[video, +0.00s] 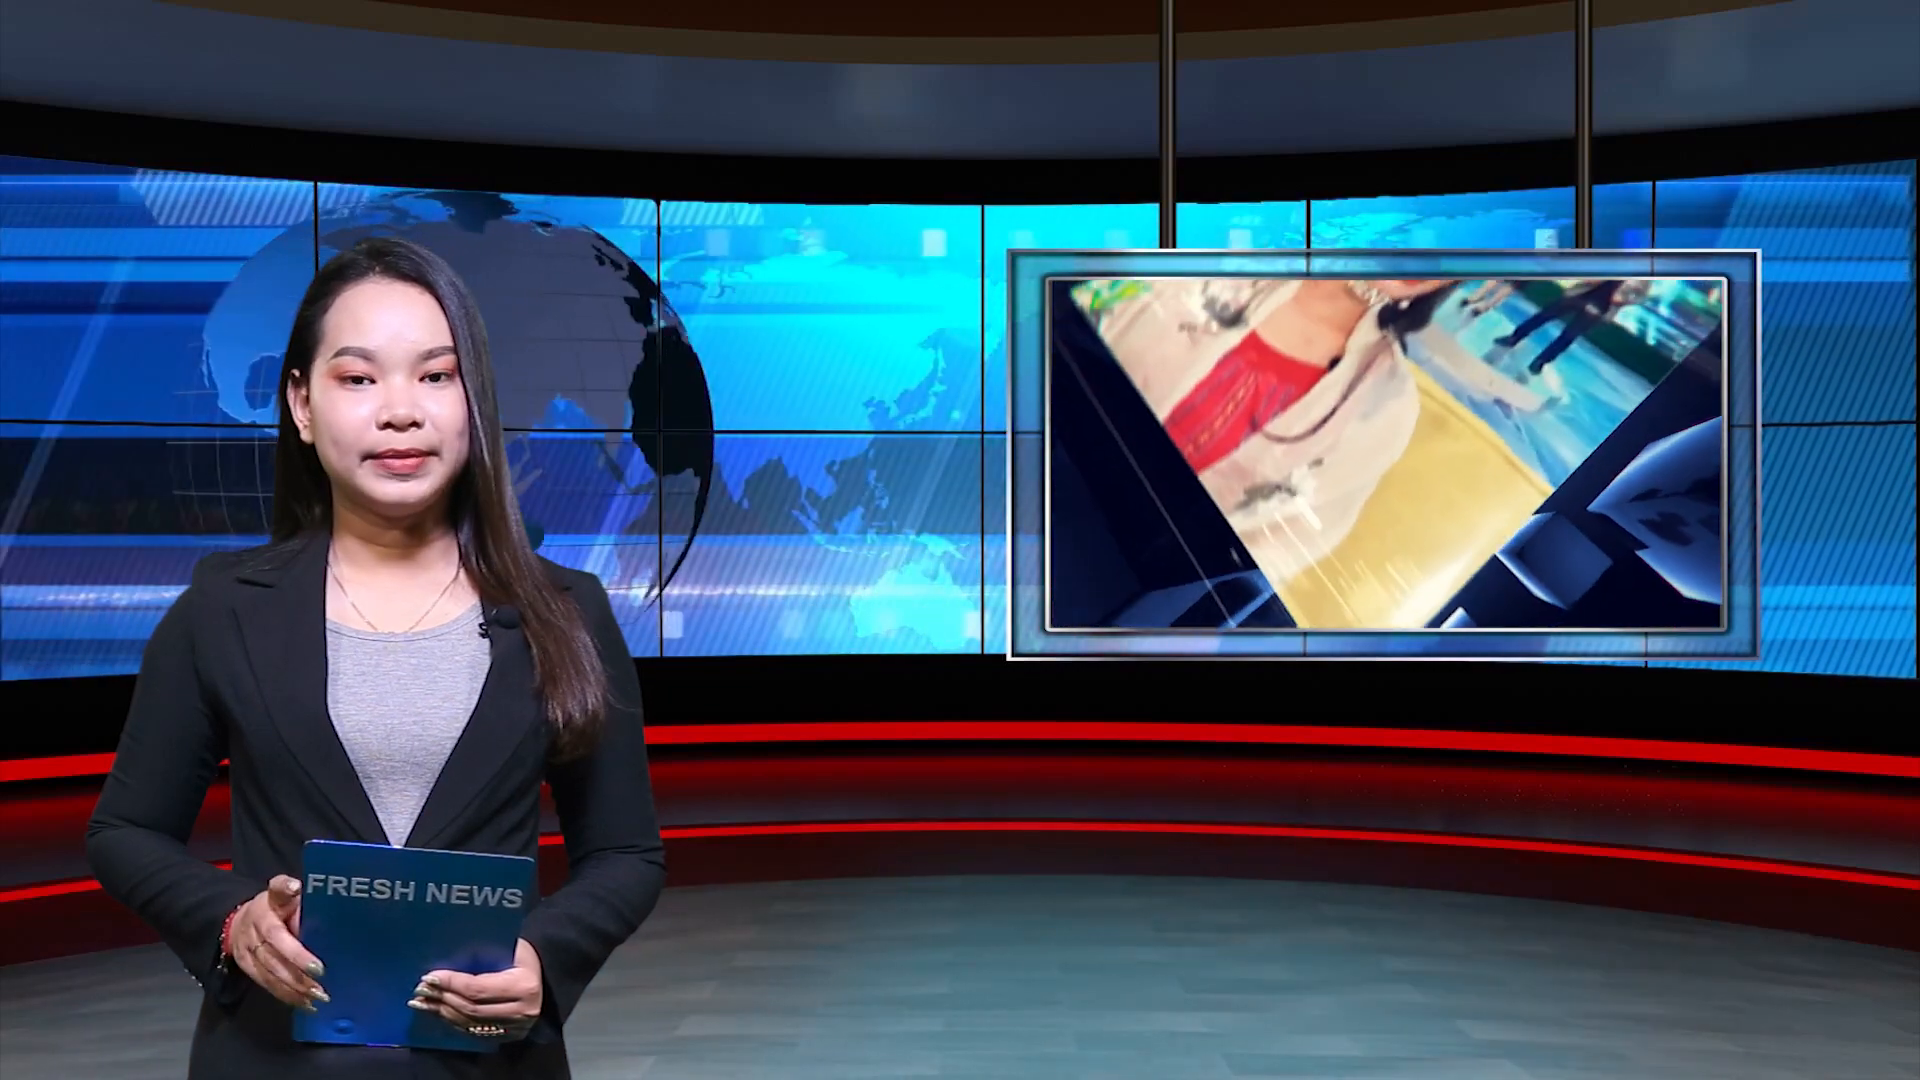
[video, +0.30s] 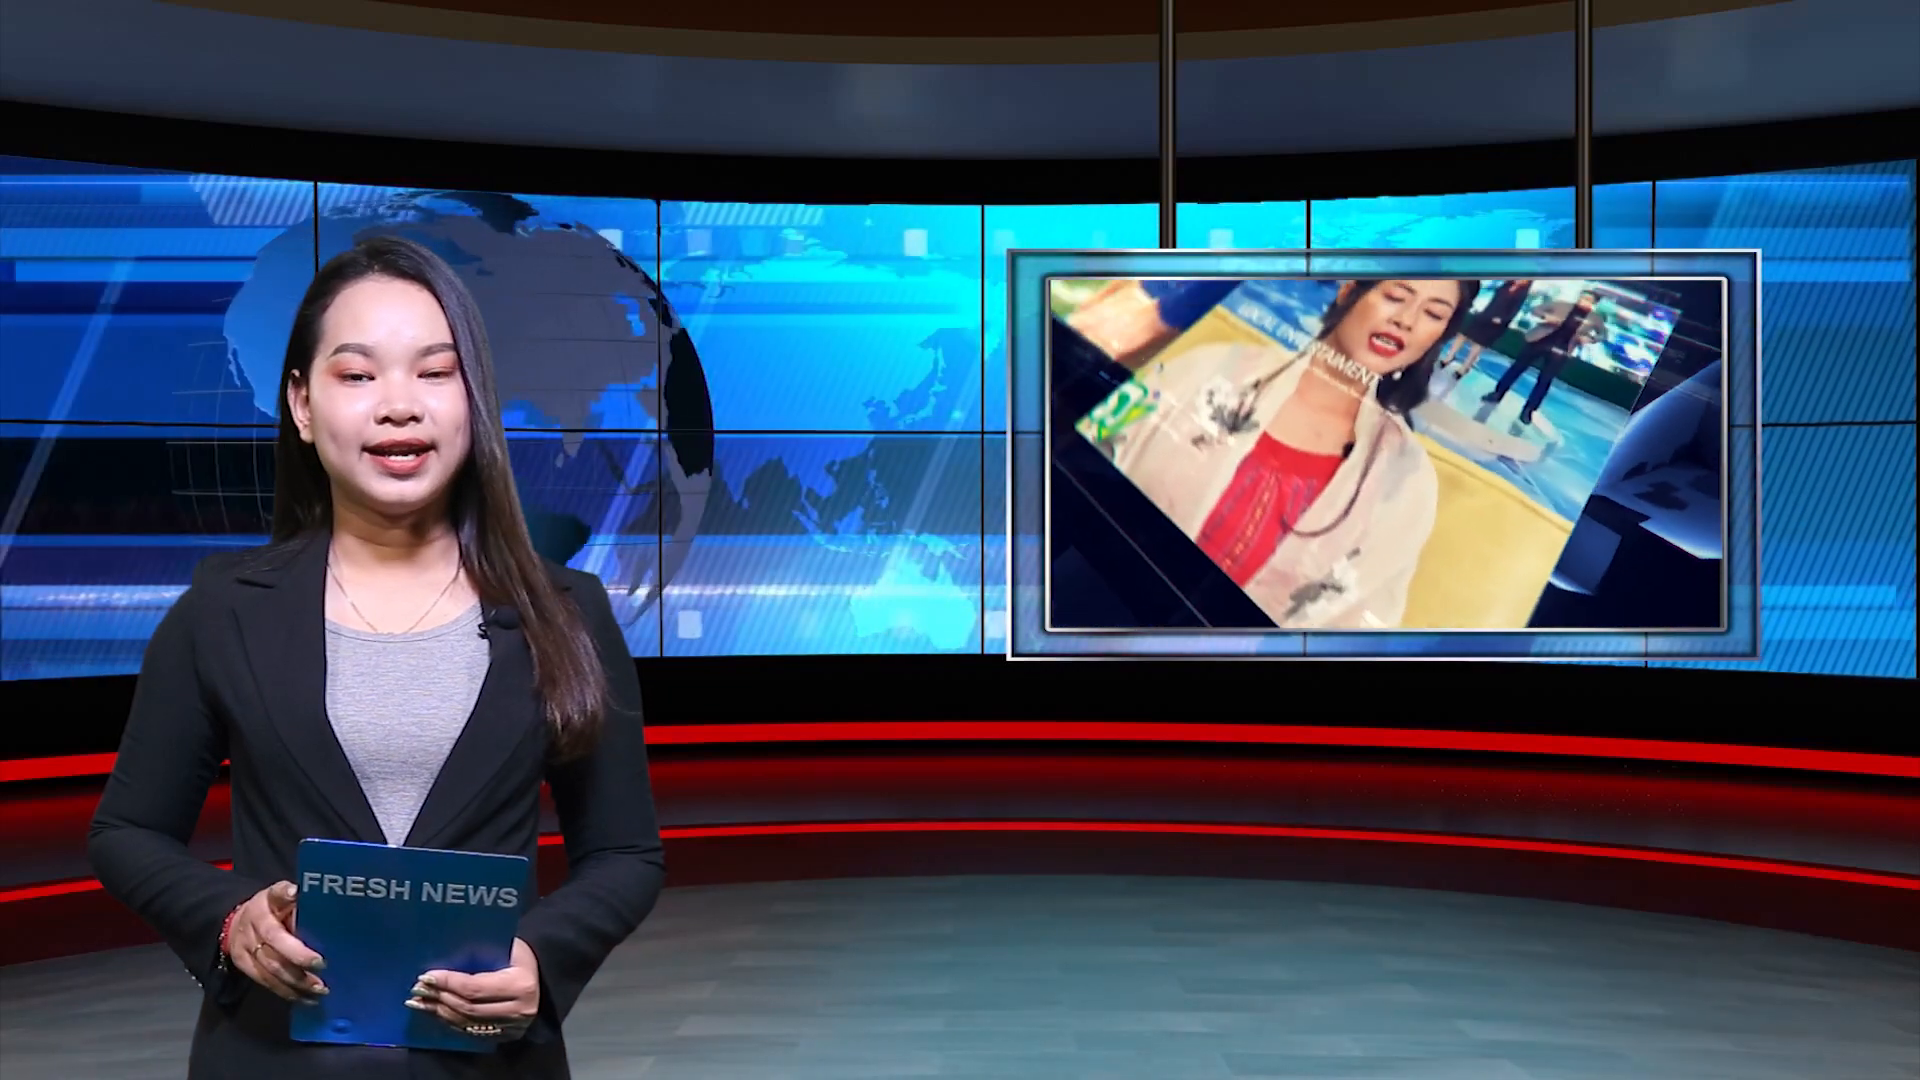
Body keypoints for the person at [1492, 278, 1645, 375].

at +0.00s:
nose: (1626, 297)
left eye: (1632, 297)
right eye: (1628, 291)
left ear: (1635, 299)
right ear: (1626, 283)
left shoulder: (1626, 302)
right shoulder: (1613, 278)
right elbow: (1593, 280)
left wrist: (1605, 315)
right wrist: (1574, 286)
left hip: (1597, 310)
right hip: (1583, 295)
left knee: (1568, 337)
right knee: (1546, 315)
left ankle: (1539, 362)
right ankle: (1514, 338)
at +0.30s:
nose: (1585, 303)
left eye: (1589, 301)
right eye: (1584, 299)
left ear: (1593, 305)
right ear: (1579, 298)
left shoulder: (1594, 319)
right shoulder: (1562, 306)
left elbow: (1602, 336)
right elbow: (1535, 310)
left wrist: (1586, 340)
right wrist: (1547, 317)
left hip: (1559, 352)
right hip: (1539, 343)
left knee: (1544, 383)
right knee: (1517, 368)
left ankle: (1528, 410)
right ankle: (1497, 394)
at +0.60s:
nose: (1575, 320)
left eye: (1579, 317)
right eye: (1573, 316)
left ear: (1585, 321)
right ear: (1570, 317)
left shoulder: (1591, 338)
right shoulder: (1557, 329)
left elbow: (1611, 351)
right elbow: (1539, 347)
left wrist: (1601, 349)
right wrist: (1553, 346)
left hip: (1569, 376)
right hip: (1546, 371)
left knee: (1560, 409)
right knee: (1530, 399)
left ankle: (1552, 439)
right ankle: (1517, 427)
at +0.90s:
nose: (1588, 326)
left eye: (1592, 323)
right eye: (1588, 322)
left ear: (1602, 326)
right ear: (1586, 325)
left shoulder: (1615, 343)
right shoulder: (1579, 340)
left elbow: (1637, 361)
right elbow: (1565, 357)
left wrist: (1625, 360)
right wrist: (1576, 362)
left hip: (1598, 386)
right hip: (1576, 382)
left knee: (1592, 419)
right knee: (1561, 411)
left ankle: (1587, 453)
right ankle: (1551, 443)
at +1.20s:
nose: (1619, 336)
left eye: (1622, 333)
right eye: (1619, 333)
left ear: (1632, 335)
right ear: (1627, 336)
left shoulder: (1649, 355)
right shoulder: (1620, 350)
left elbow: (1663, 377)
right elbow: (1615, 368)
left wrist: (1638, 387)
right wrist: (1609, 373)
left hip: (1637, 401)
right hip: (1616, 395)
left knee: (1633, 436)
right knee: (1603, 428)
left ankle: (1632, 471)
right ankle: (1589, 460)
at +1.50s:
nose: (1649, 350)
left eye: (1653, 347)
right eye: (1650, 346)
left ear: (1663, 349)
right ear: (1659, 350)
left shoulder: (1675, 368)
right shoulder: (1659, 366)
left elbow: (1674, 396)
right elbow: (1657, 392)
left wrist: (1647, 406)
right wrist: (1643, 404)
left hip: (1669, 417)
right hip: (1652, 415)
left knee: (1661, 447)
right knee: (1637, 442)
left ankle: (1672, 486)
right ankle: (1625, 475)